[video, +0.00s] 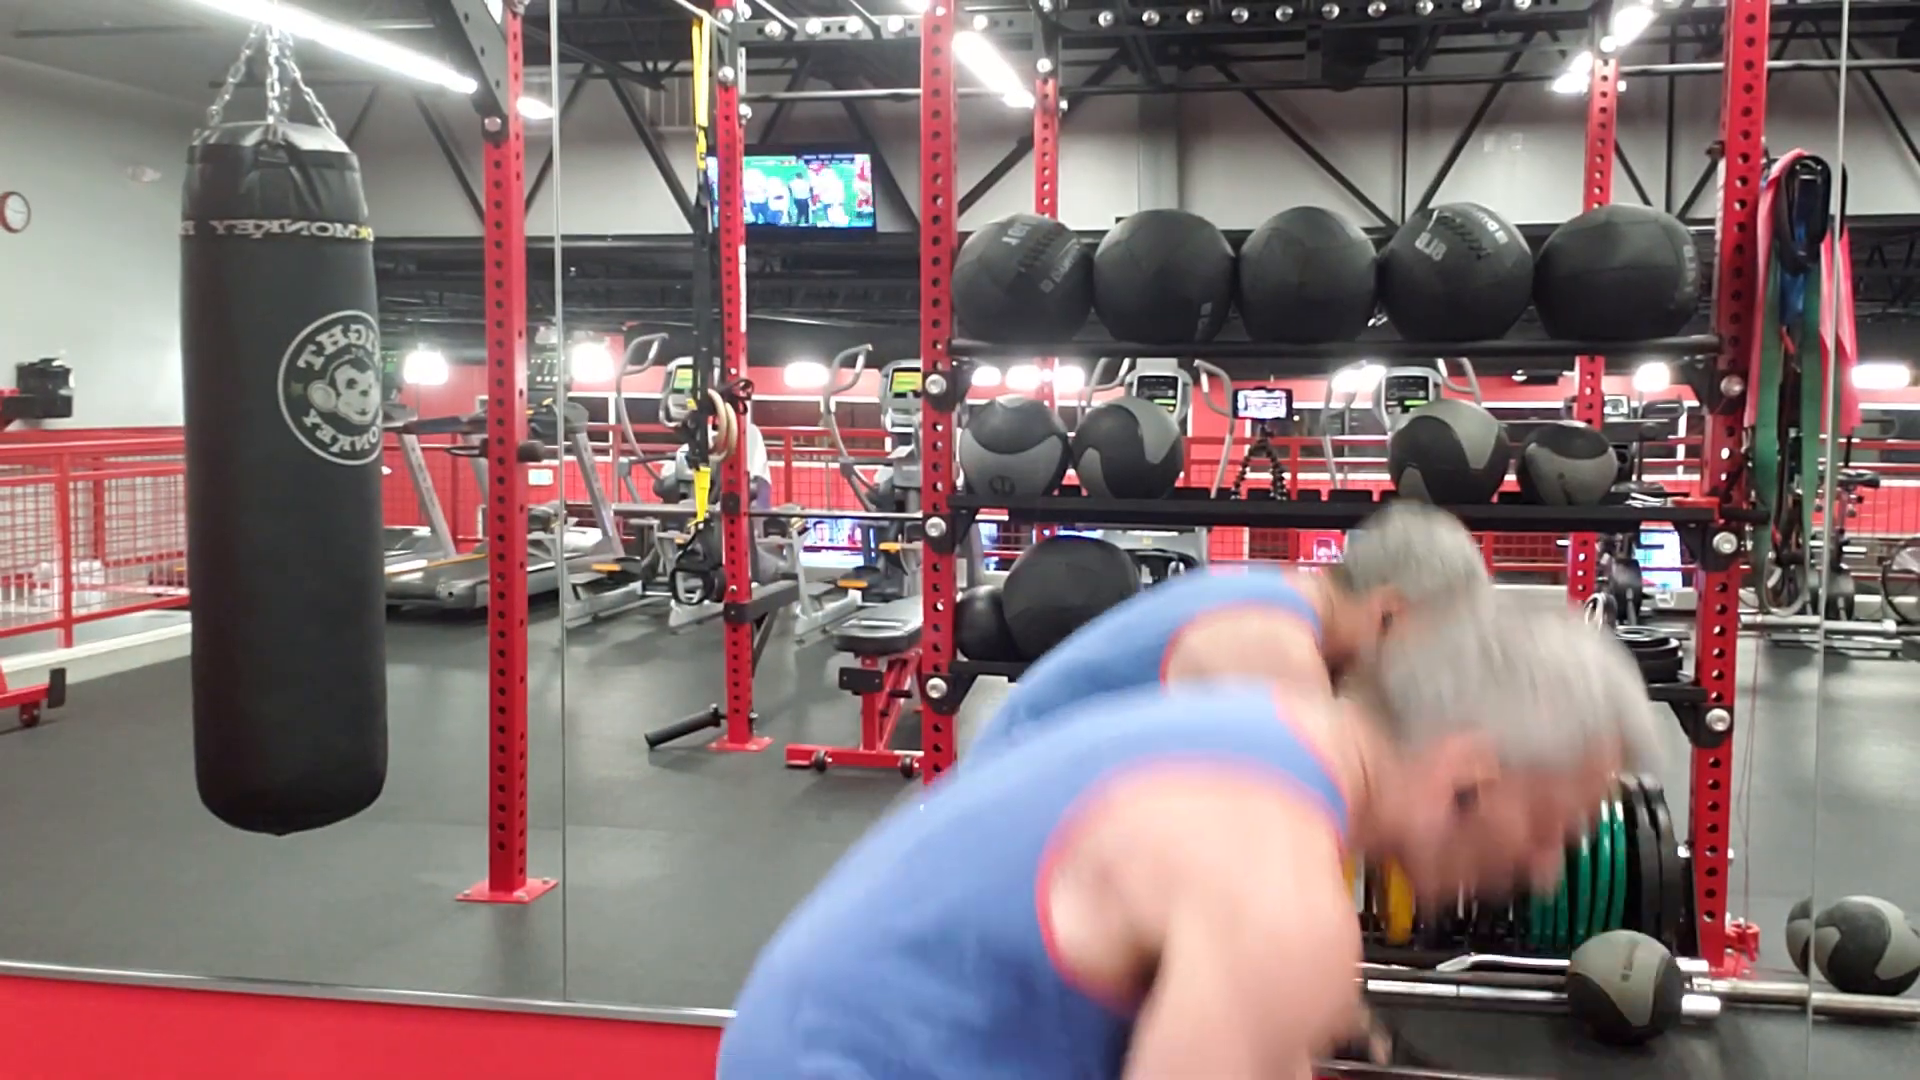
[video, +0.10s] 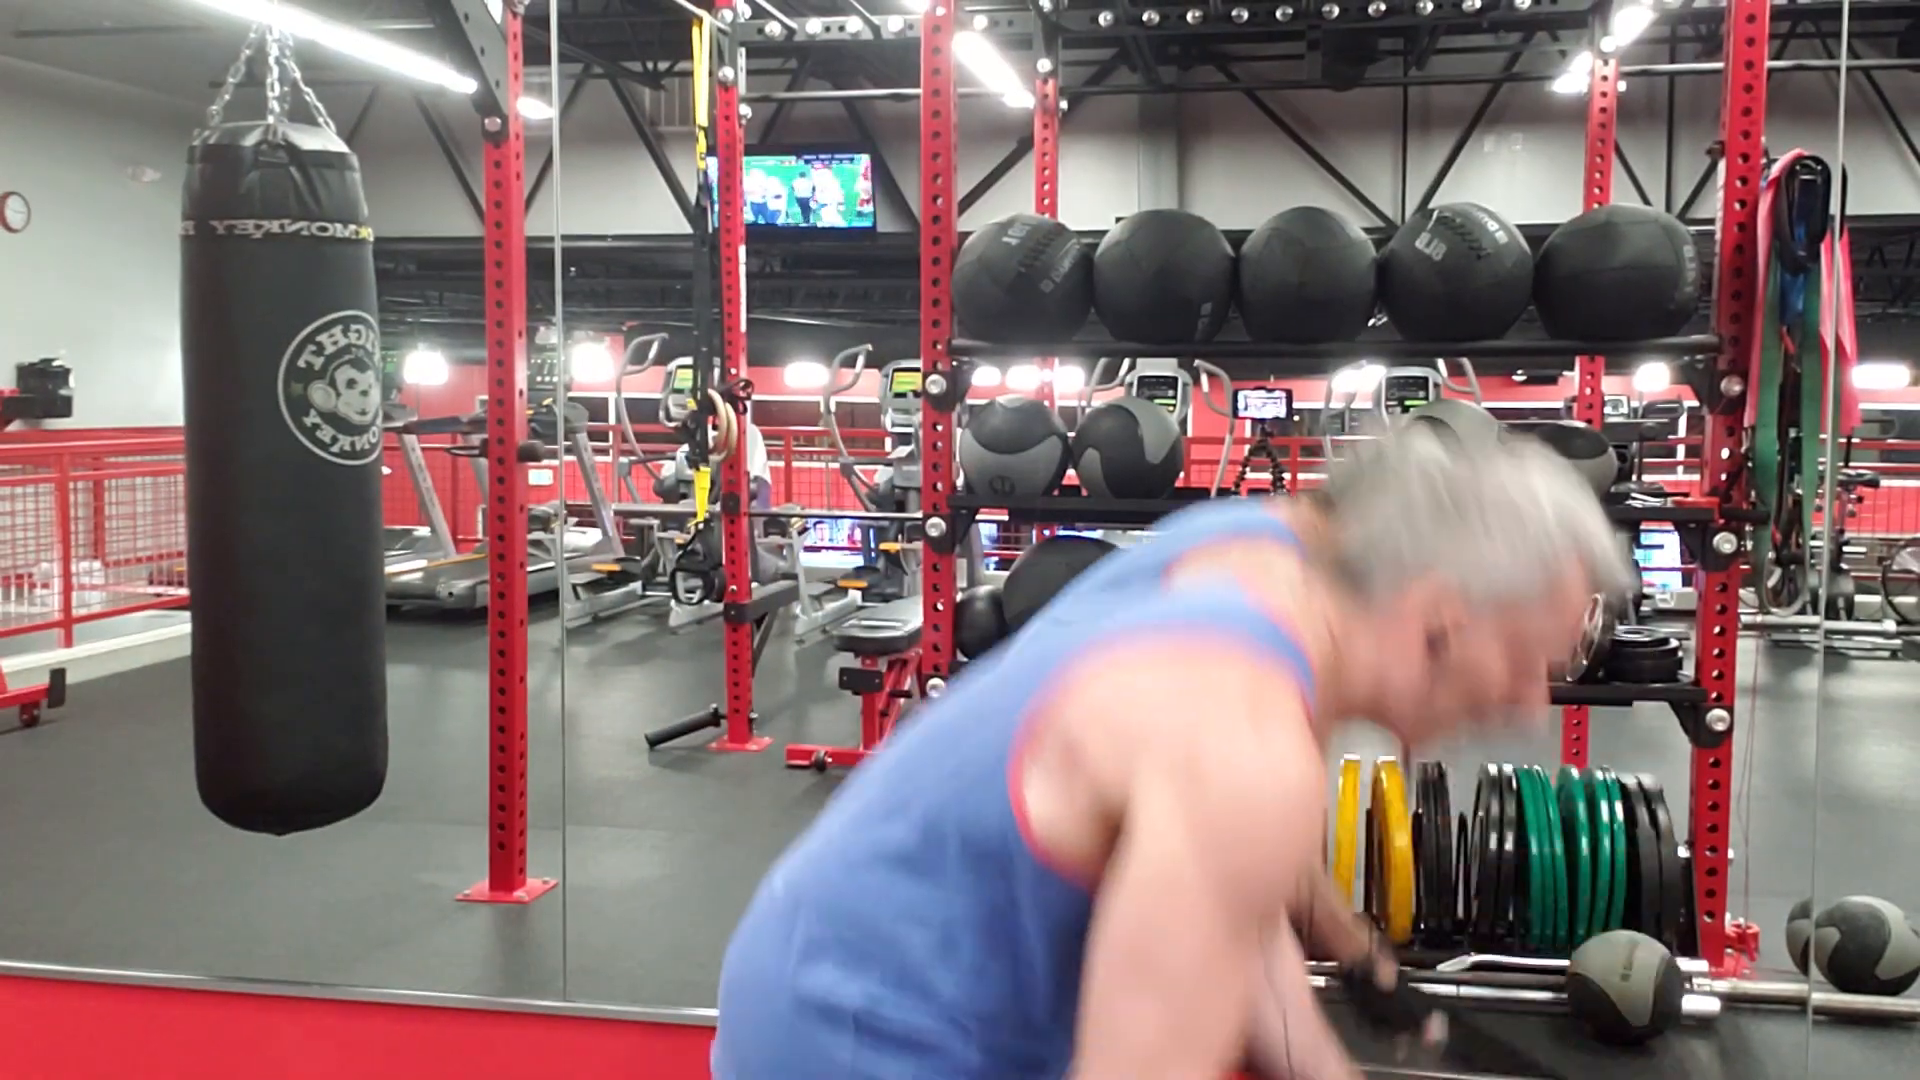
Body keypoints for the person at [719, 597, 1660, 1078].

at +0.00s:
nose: (1544, 875)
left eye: (1567, 843)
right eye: (1553, 834)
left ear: (1465, 758)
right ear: (1472, 781)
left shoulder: (1272, 731)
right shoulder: (1274, 904)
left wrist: (1302, 1017)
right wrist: (1328, 1042)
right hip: (844, 1059)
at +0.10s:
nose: (1535, 707)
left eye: (1553, 677)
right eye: (1540, 668)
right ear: (1441, 623)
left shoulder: (1254, 544)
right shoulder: (1243, 765)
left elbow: (1215, 823)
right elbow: (1143, 1064)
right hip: (865, 1043)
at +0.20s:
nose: (1503, 550)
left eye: (1516, 509)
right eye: (1498, 498)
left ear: (1385, 465)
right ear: (1391, 463)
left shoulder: (1274, 551)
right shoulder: (1196, 606)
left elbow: (1244, 844)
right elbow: (1088, 1001)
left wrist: (1396, 1054)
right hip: (882, 1004)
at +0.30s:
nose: (1463, 394)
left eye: (1471, 354)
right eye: (1451, 344)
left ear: (1333, 326)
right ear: (1333, 320)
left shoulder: (1264, 497)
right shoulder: (1147, 489)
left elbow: (1237, 746)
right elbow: (1040, 878)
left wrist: (1406, 978)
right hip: (905, 955)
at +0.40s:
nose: (1416, 271)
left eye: (1416, 228)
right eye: (1387, 222)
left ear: (1276, 218)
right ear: (1272, 213)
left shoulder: (1243, 411)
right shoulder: (1090, 398)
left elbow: (1226, 670)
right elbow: (979, 778)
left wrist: (1394, 902)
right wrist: (1177, 1057)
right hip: (918, 941)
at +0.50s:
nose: (1372, 190)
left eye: (1369, 146)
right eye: (1341, 139)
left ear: (1227, 145)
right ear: (1222, 137)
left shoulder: (1225, 366)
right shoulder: (1048, 330)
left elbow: (1162, 630)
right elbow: (898, 691)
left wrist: (1322, 792)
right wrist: (1127, 999)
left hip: (1077, 902)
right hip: (925, 937)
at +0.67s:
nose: (1302, 107)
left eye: (1293, 66)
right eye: (1261, 60)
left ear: (1150, 70)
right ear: (1138, 65)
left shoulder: (1160, 312)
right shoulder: (984, 294)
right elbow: (816, 669)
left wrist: (1154, 791)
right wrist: (1016, 984)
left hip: (1093, 963)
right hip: (935, 1004)